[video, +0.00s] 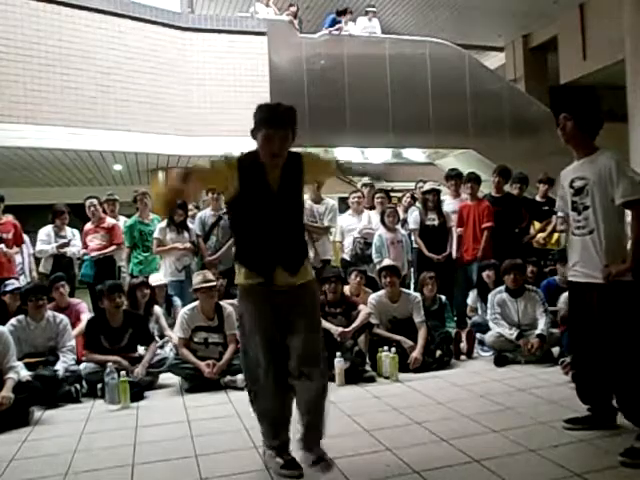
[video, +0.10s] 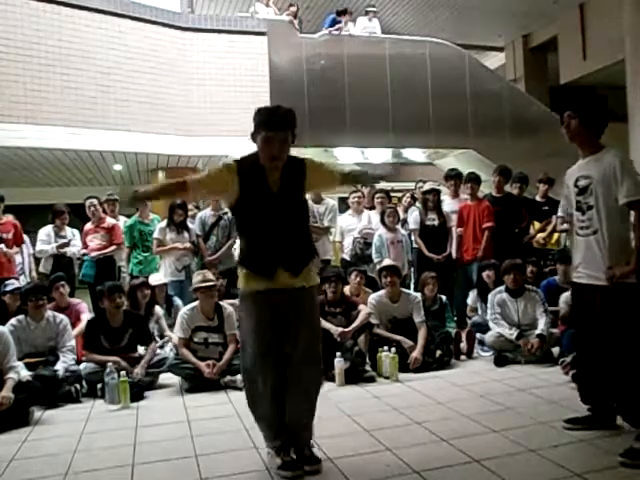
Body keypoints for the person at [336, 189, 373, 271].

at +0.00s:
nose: (356, 200)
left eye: (359, 197)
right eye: (353, 198)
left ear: (364, 200)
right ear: (348, 201)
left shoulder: (372, 216)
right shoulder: (341, 219)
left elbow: (378, 232)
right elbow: (338, 240)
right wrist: (340, 256)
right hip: (348, 254)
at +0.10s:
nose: (356, 200)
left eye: (359, 197)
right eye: (353, 198)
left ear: (364, 200)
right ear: (348, 201)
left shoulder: (371, 215)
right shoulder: (341, 219)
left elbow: (377, 232)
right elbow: (338, 240)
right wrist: (340, 256)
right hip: (348, 254)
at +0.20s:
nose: (356, 200)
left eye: (359, 197)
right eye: (353, 198)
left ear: (364, 200)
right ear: (348, 201)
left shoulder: (370, 215)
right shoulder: (341, 219)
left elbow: (376, 232)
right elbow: (338, 240)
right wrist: (340, 256)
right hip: (348, 254)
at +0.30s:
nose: (357, 200)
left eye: (360, 197)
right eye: (354, 197)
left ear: (364, 200)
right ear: (348, 201)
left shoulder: (370, 215)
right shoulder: (341, 219)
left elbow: (376, 232)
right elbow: (338, 240)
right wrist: (339, 256)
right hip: (348, 254)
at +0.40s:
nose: (357, 200)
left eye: (360, 197)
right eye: (354, 197)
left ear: (365, 200)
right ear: (349, 201)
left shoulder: (371, 215)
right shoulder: (341, 219)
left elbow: (377, 233)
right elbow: (339, 240)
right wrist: (340, 256)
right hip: (349, 254)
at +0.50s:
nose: (359, 200)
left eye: (362, 197)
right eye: (356, 197)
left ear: (366, 200)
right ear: (350, 201)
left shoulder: (371, 216)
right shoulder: (343, 219)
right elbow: (339, 240)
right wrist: (341, 256)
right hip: (349, 255)